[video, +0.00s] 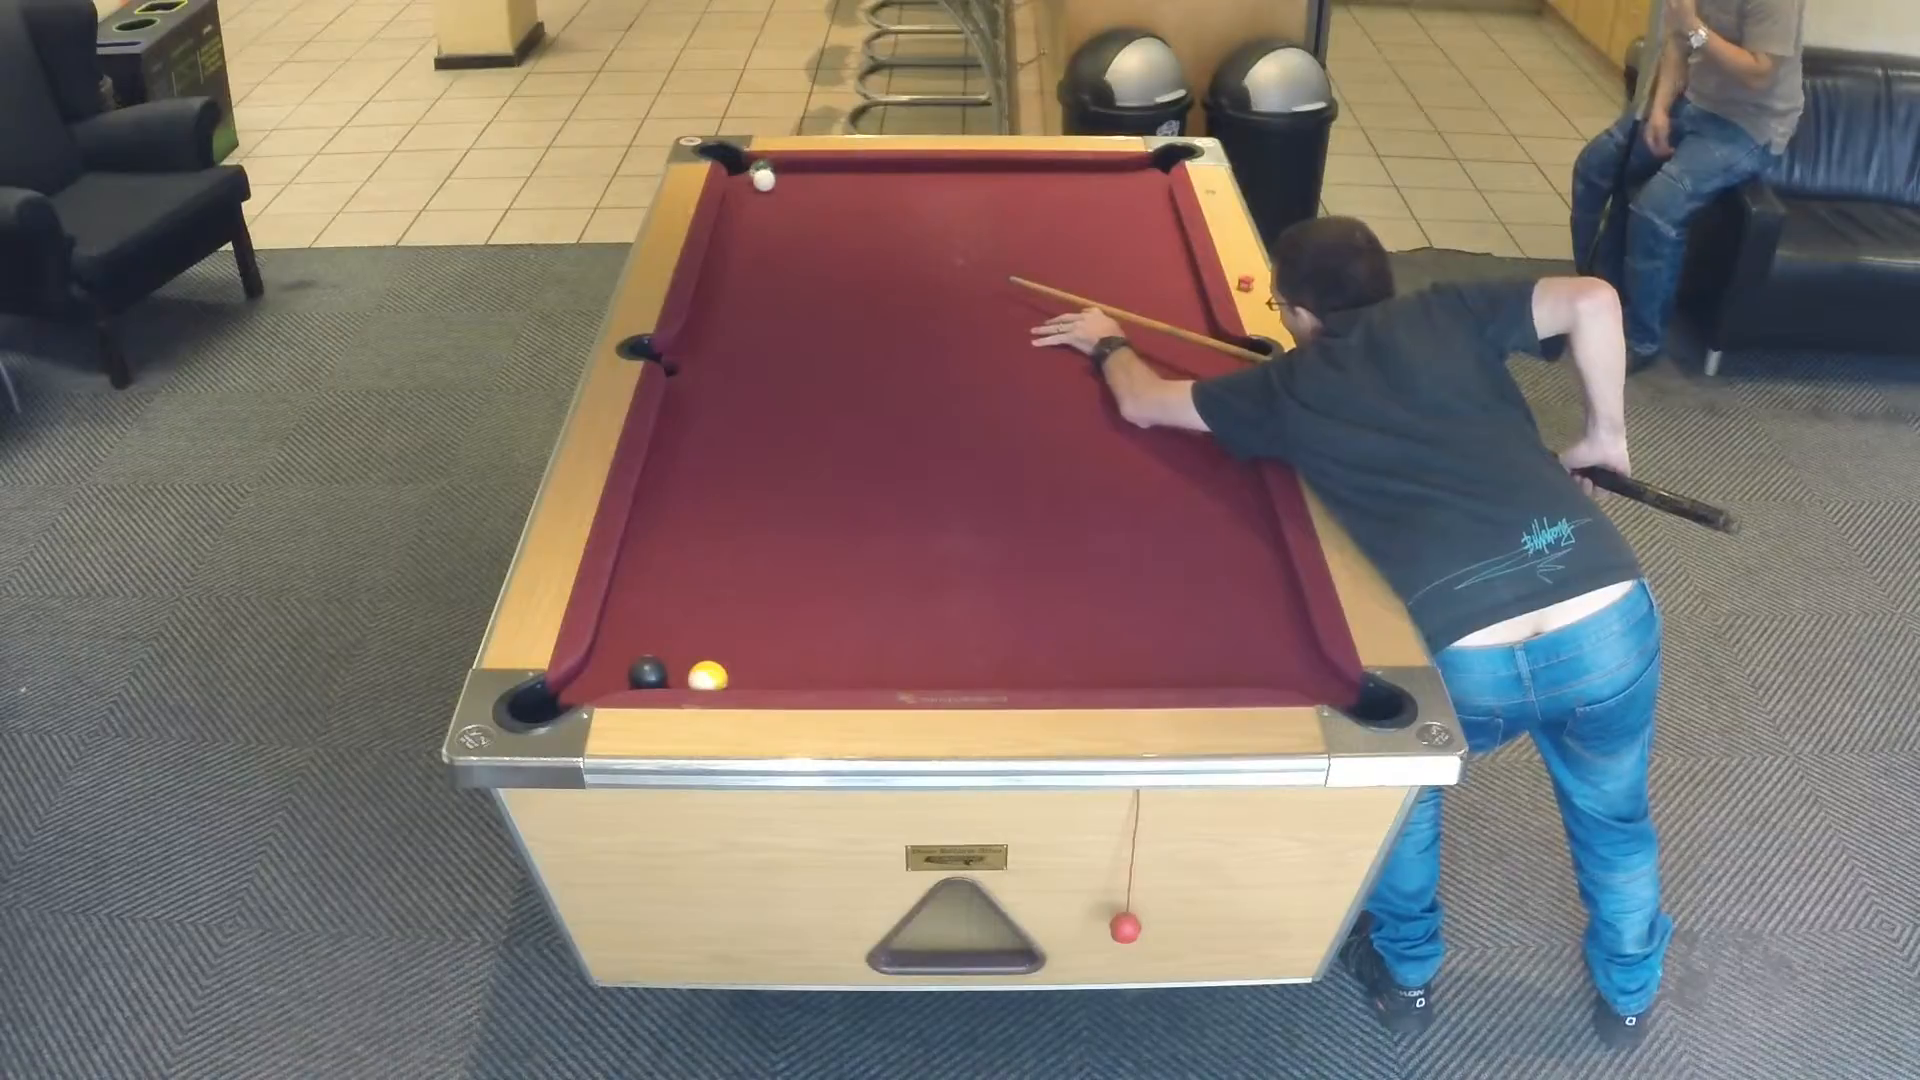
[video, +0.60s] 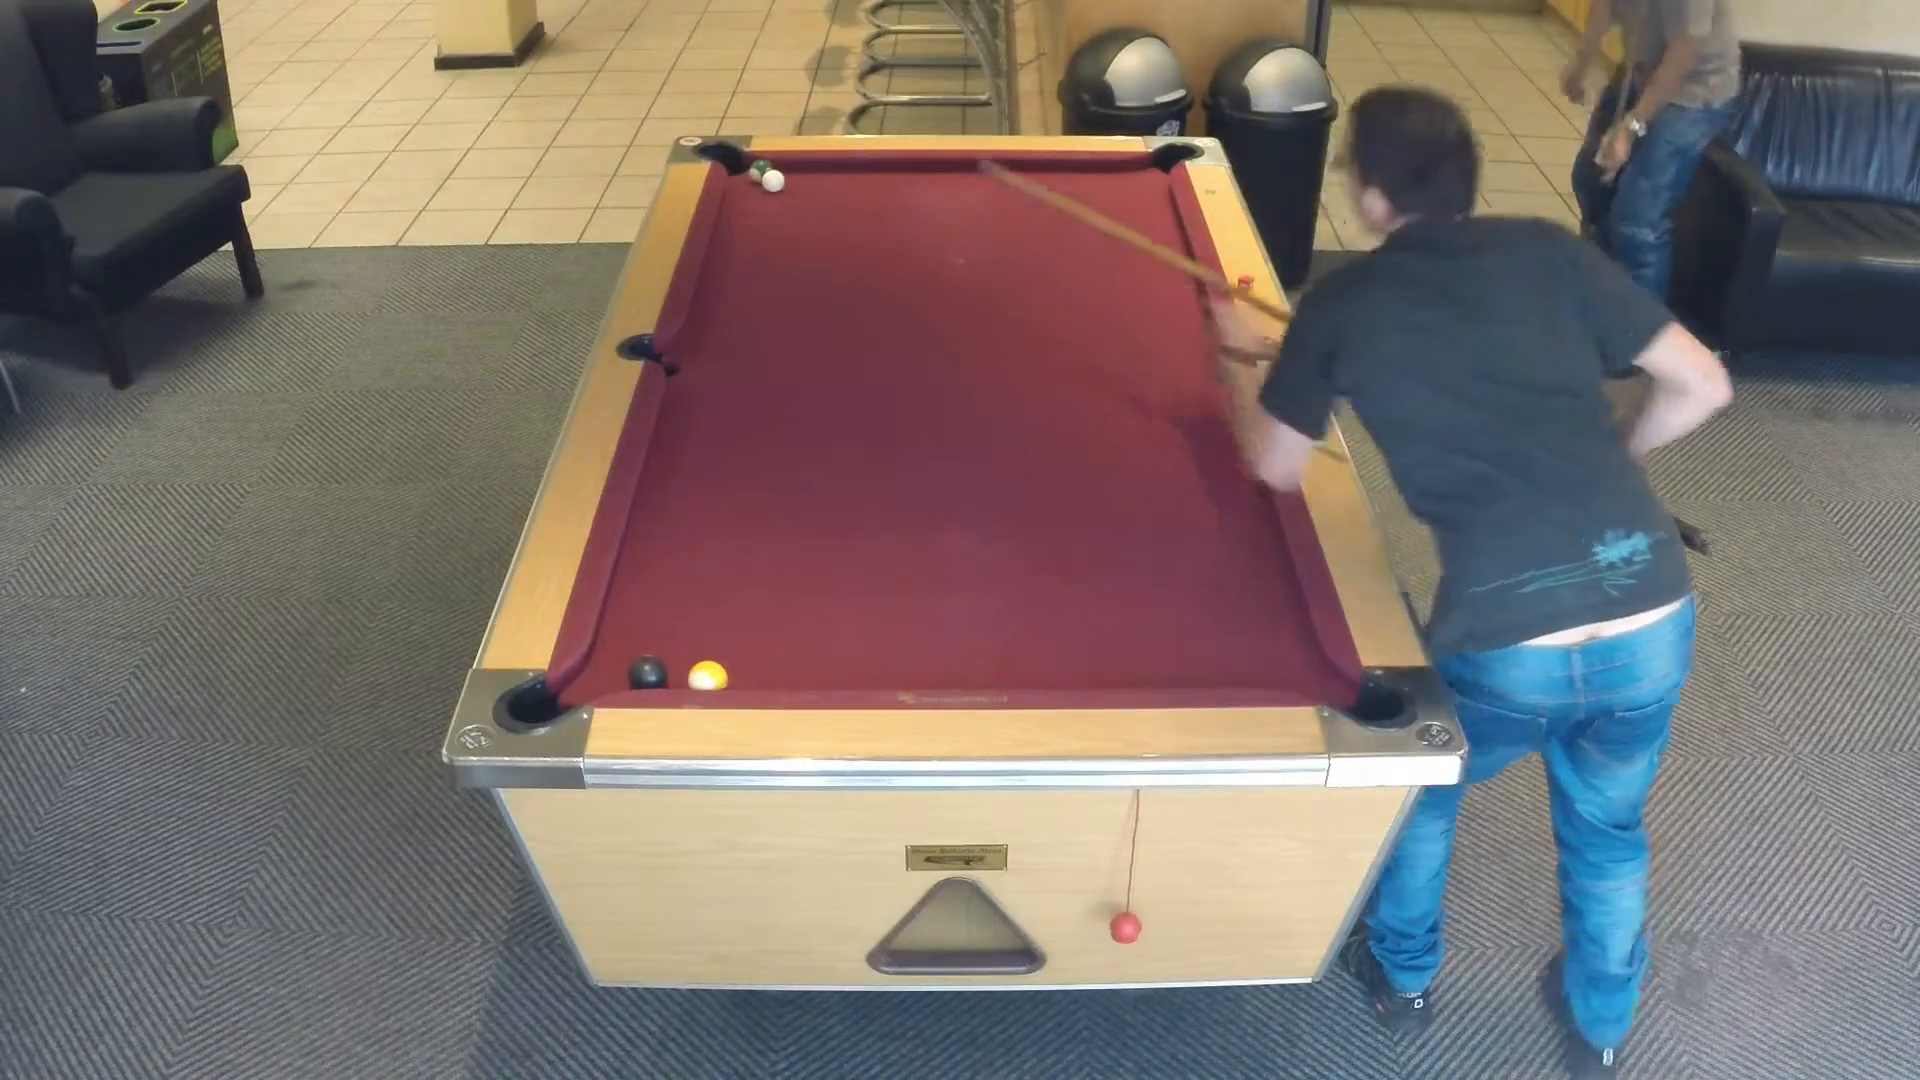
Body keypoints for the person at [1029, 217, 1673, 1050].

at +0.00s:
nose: (1282, 310)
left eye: (1284, 299)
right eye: (1281, 298)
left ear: (1300, 314)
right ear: (1388, 287)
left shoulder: (1287, 387)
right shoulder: (1452, 313)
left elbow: (1143, 398)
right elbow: (1591, 299)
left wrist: (1106, 342)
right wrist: (1607, 430)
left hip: (1470, 659)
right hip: (1607, 622)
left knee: (1396, 764)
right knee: (1616, 818)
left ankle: (1407, 966)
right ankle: (1630, 989)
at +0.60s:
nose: (1341, 189)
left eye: (1346, 175)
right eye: (1346, 171)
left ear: (1370, 194)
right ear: (1463, 180)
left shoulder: (1343, 300)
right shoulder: (1550, 251)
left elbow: (1277, 466)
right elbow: (1702, 385)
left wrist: (1247, 378)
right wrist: (1604, 446)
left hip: (1508, 640)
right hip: (1652, 621)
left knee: (1424, 780)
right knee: (1610, 831)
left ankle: (1404, 966)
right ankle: (1605, 1019)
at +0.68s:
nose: (1370, 167)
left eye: (1376, 154)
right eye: (1374, 150)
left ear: (1398, 176)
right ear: (1494, 163)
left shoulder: (1365, 295)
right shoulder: (1584, 245)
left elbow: (1341, 493)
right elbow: (1719, 394)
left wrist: (1374, 413)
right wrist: (1611, 453)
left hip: (1519, 637)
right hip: (1662, 621)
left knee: (1436, 792)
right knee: (1606, 841)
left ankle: (1403, 973)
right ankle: (1602, 1042)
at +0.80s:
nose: (1419, 149)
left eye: (1430, 138)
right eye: (1426, 132)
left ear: (1464, 166)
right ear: (1548, 147)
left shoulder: (1420, 297)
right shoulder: (1636, 248)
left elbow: (1416, 510)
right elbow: (1743, 423)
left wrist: (1503, 473)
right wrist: (1638, 464)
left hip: (1546, 661)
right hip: (1684, 639)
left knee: (1450, 817)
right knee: (1606, 859)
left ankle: (1402, 969)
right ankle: (1613, 1060)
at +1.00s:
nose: (1504, 176)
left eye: (1521, 161)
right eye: (1510, 155)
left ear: (1582, 182)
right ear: (1638, 176)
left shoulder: (1556, 340)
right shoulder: (1737, 285)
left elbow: (1503, 578)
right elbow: (1753, 454)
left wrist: (1470, 497)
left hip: (1597, 728)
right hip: (1723, 706)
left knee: (1473, 865)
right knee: (1622, 911)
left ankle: (1404, 985)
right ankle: (1612, 1066)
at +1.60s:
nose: (1486, 357)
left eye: (1511, 347)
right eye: (1500, 334)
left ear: (1593, 405)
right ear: (1602, 398)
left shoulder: (1679, 641)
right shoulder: (1671, 441)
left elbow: (1627, 880)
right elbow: (1757, 510)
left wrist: (1529, 1057)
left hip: (1616, 942)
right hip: (1565, 859)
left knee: (1553, 1065)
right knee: (1532, 1011)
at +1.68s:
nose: (1459, 397)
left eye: (1476, 395)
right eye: (1469, 382)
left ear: (1552, 441)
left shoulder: (1673, 681)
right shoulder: (1648, 453)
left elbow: (1617, 931)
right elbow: (1727, 519)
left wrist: (1512, 1066)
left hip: (1588, 985)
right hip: (1520, 883)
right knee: (1475, 1028)